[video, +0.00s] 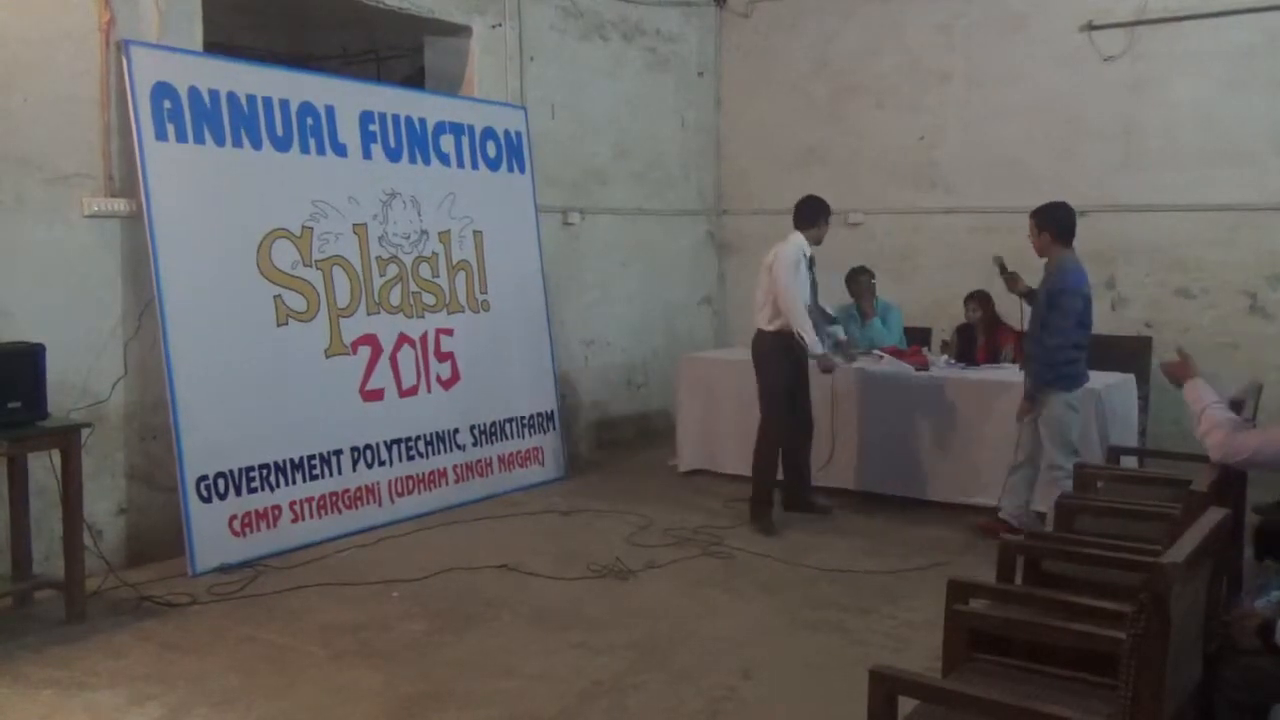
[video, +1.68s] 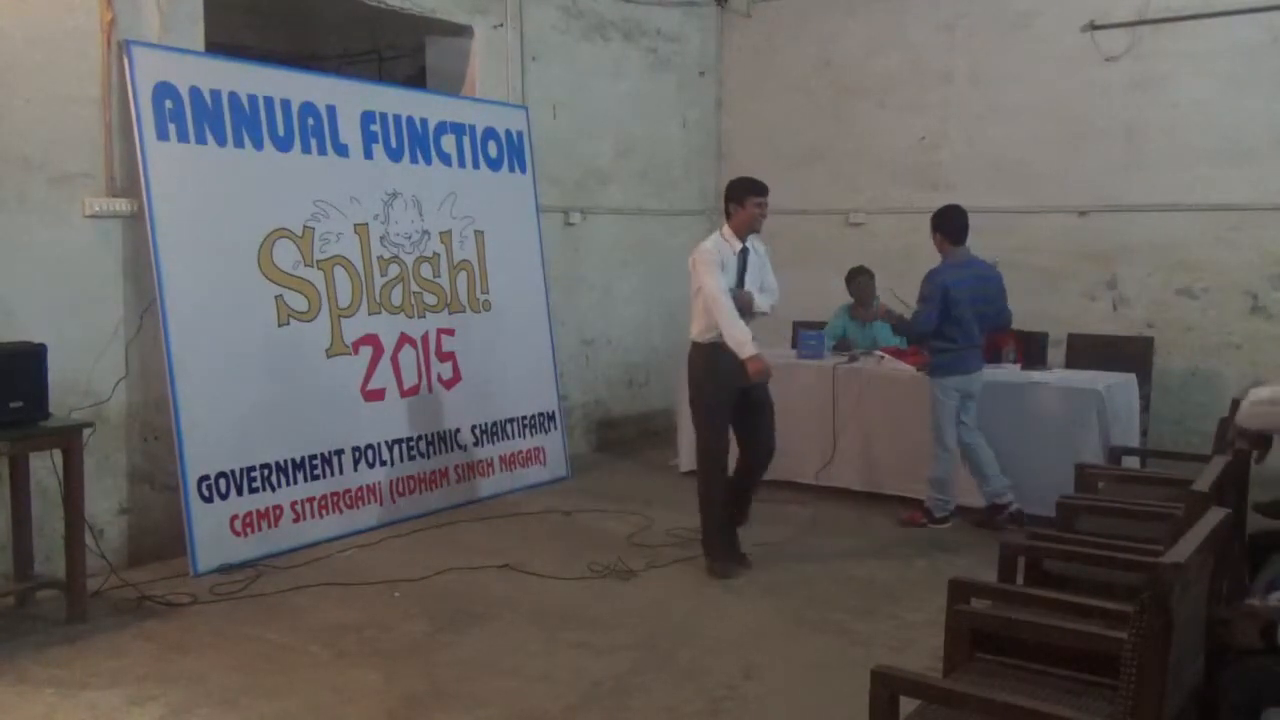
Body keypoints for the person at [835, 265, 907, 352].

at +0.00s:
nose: (864, 290)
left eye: (868, 285)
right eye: (859, 286)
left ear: (874, 287)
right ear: (851, 292)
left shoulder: (891, 311)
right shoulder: (844, 314)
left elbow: (890, 345)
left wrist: (870, 316)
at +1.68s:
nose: (866, 291)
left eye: (869, 285)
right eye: (859, 286)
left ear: (875, 288)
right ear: (850, 292)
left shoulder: (888, 314)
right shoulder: (843, 314)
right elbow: (826, 340)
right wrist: (836, 345)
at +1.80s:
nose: (865, 290)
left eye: (869, 285)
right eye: (859, 286)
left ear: (875, 287)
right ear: (850, 292)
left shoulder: (891, 309)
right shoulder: (844, 314)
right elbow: (827, 339)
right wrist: (837, 345)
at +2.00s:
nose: (864, 293)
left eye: (868, 287)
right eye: (859, 289)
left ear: (874, 288)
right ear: (850, 292)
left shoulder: (890, 310)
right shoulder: (843, 315)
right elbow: (826, 341)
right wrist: (837, 346)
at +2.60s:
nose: (864, 296)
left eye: (868, 292)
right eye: (859, 293)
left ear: (875, 290)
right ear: (850, 293)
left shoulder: (886, 311)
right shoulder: (842, 316)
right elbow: (827, 337)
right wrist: (836, 345)